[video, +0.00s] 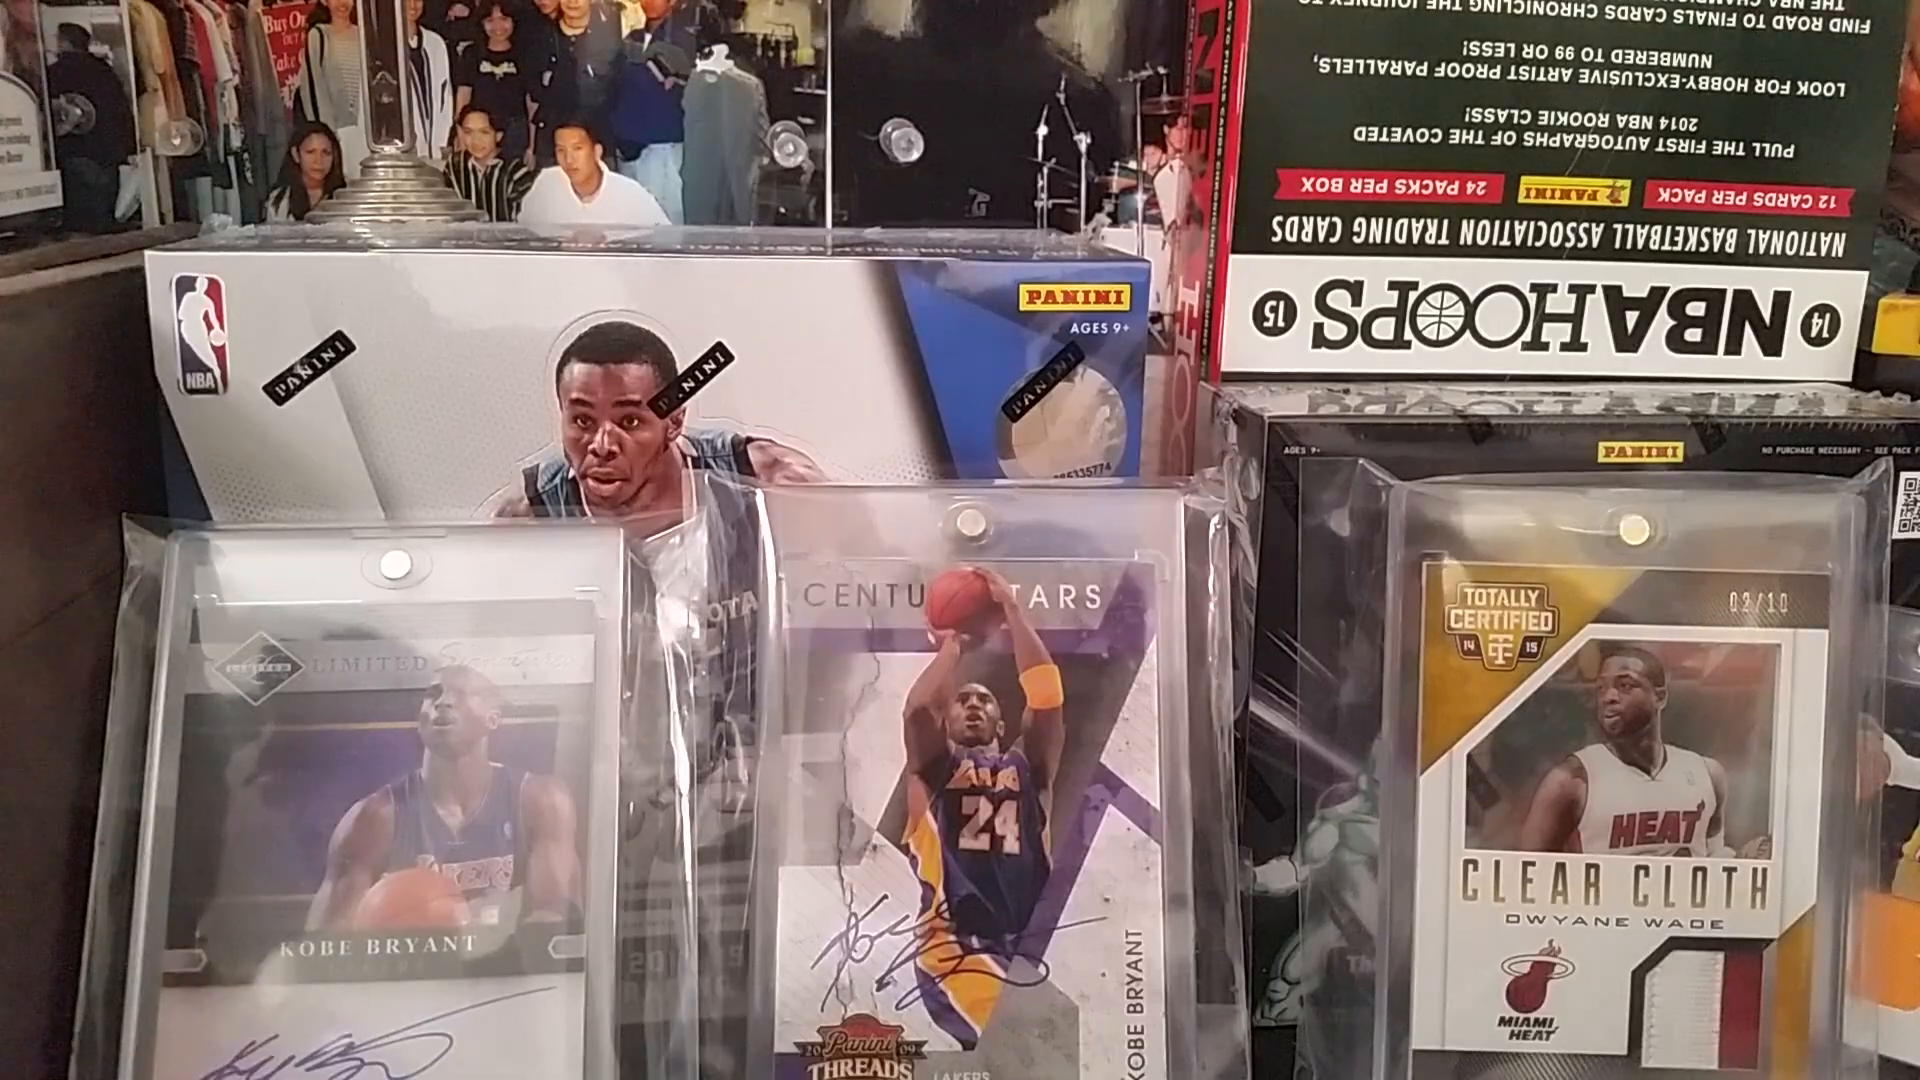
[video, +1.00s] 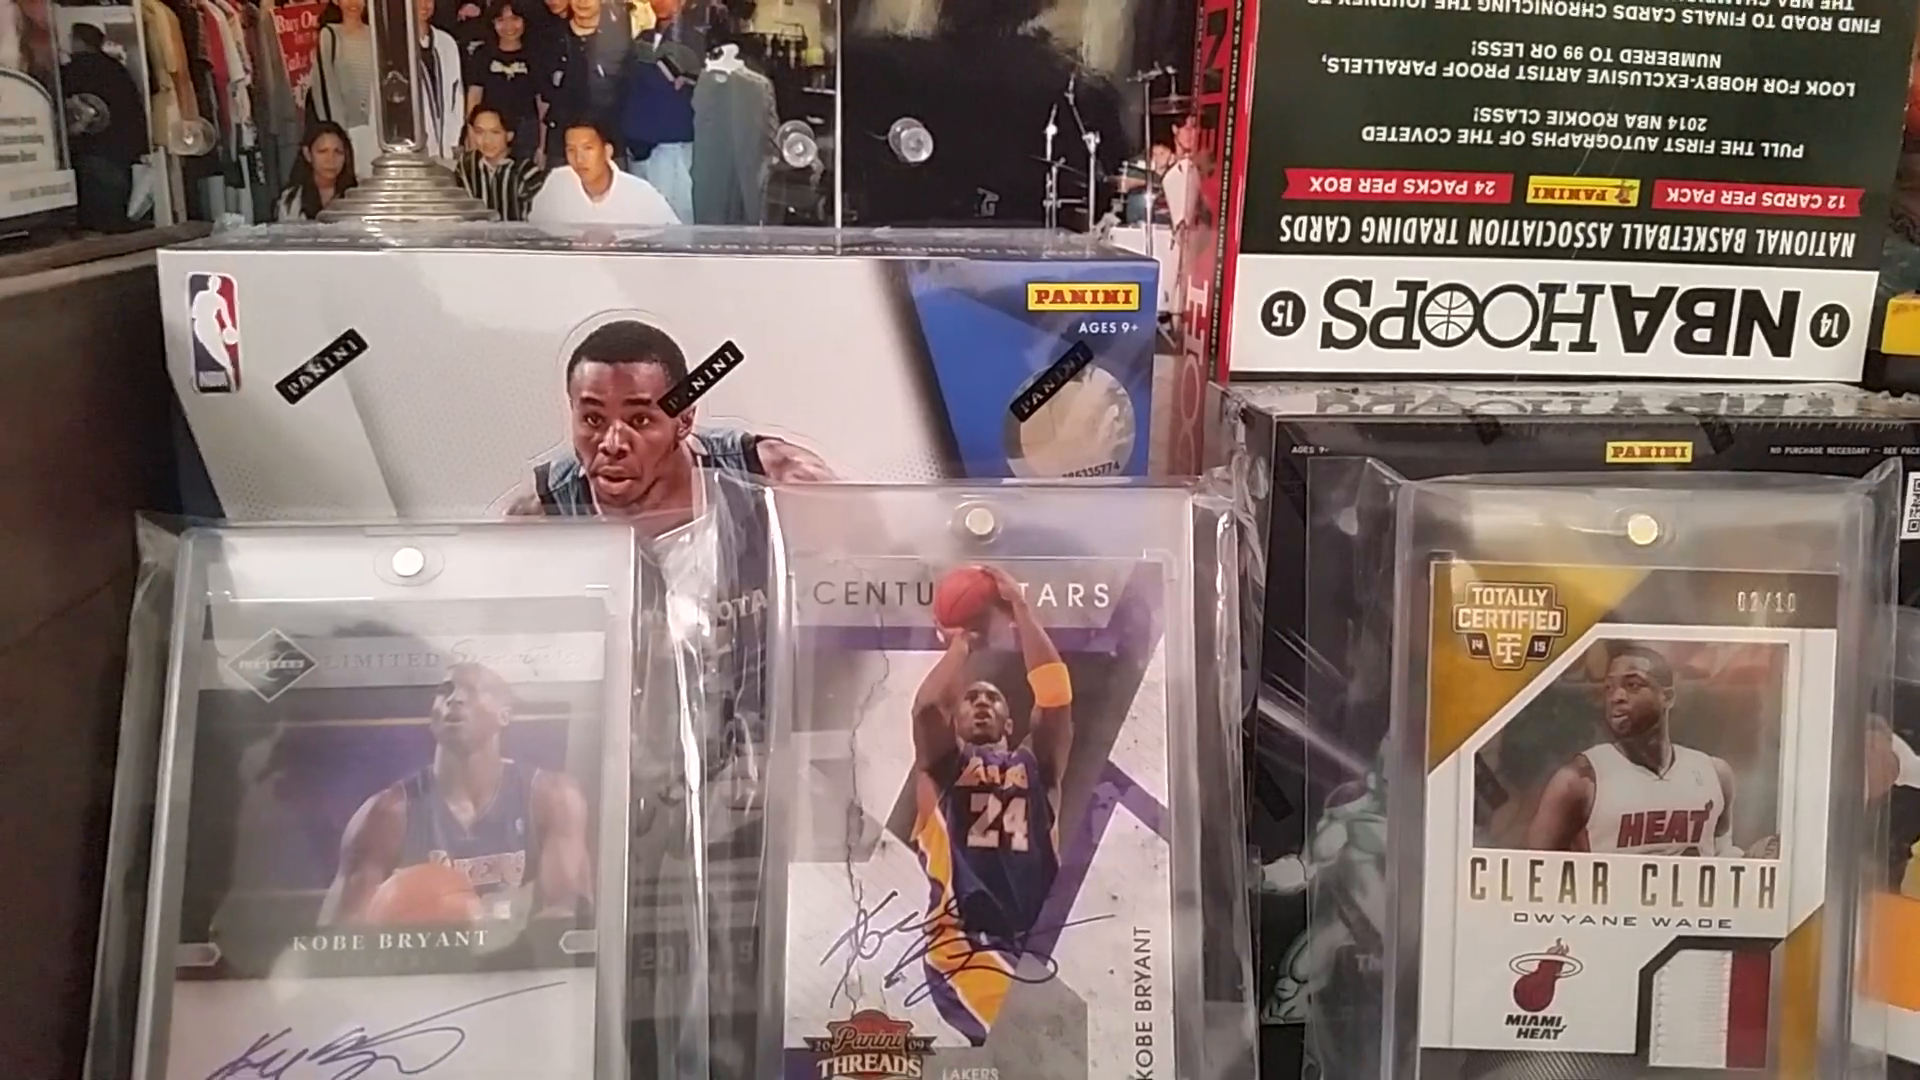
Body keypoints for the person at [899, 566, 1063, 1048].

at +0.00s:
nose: (973, 705)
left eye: (984, 700)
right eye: (962, 700)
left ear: (1002, 722)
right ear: (946, 722)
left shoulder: (1029, 765)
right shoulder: (934, 766)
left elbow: (1046, 694)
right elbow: (919, 708)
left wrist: (1012, 607)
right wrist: (952, 644)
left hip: (1026, 943)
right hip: (952, 945)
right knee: (1027, 1043)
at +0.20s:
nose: (973, 705)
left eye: (984, 700)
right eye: (962, 701)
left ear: (1002, 722)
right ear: (946, 722)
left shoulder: (1029, 765)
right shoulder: (934, 765)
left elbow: (1046, 694)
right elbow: (919, 709)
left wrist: (1011, 606)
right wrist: (952, 644)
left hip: (1027, 945)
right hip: (952, 946)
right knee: (1028, 1043)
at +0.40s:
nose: (973, 705)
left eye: (984, 700)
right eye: (962, 700)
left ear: (1002, 722)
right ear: (946, 722)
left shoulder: (1029, 766)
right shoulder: (934, 765)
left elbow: (1046, 694)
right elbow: (919, 708)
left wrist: (1011, 607)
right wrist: (952, 643)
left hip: (1026, 945)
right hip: (952, 946)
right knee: (1030, 1041)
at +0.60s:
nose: (973, 705)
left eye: (984, 700)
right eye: (962, 701)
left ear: (1002, 722)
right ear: (946, 722)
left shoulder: (1029, 765)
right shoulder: (934, 765)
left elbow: (1046, 694)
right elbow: (919, 709)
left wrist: (1011, 606)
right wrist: (952, 643)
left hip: (1026, 945)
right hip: (952, 946)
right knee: (1032, 1041)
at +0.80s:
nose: (974, 705)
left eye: (985, 701)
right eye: (963, 701)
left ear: (1002, 722)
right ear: (947, 722)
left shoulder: (1030, 766)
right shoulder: (935, 765)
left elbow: (1047, 695)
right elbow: (920, 708)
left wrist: (1012, 607)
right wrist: (953, 643)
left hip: (1026, 944)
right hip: (952, 945)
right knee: (1034, 1038)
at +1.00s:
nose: (981, 703)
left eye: (992, 698)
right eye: (971, 698)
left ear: (1010, 720)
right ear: (955, 719)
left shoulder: (1038, 763)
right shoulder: (943, 762)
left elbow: (1054, 694)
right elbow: (928, 706)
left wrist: (1020, 606)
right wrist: (961, 640)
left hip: (1032, 942)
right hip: (960, 943)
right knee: (1042, 1035)